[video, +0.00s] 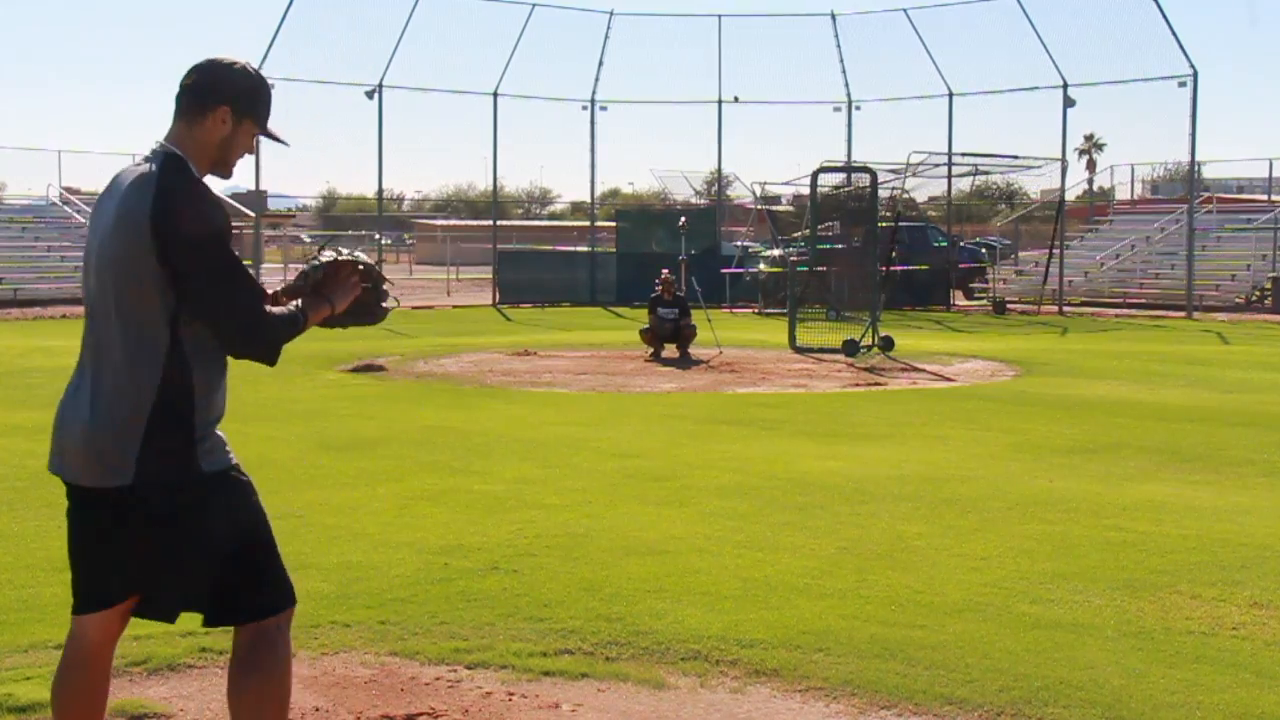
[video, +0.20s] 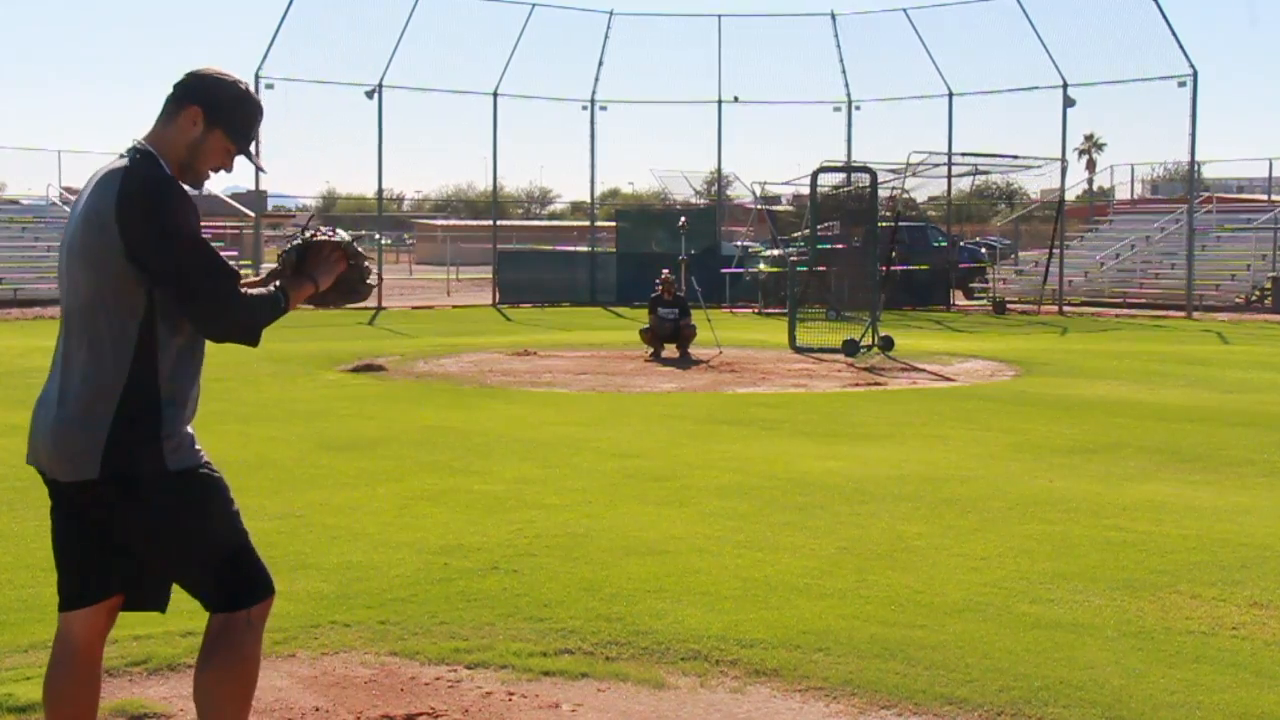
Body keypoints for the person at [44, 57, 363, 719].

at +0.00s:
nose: (248, 152)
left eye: (255, 140)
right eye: (251, 135)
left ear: (191, 115)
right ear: (219, 118)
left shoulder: (123, 187)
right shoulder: (183, 197)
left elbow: (183, 311)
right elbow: (252, 333)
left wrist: (282, 294)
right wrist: (321, 304)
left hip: (94, 446)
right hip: (178, 453)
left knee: (97, 618)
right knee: (266, 611)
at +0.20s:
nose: (225, 166)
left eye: (234, 156)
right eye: (228, 149)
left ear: (185, 122)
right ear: (192, 120)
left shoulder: (105, 187)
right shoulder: (151, 193)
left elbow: (183, 307)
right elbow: (226, 314)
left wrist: (278, 286)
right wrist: (299, 285)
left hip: (70, 443)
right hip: (142, 449)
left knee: (87, 612)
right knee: (245, 597)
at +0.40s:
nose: (222, 171)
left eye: (231, 161)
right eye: (224, 153)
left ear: (183, 126)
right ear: (188, 123)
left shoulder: (104, 189)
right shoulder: (142, 194)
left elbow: (183, 304)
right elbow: (211, 312)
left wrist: (274, 286)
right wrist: (292, 284)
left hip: (71, 447)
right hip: (139, 451)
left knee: (87, 609)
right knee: (241, 594)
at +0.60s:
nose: (237, 166)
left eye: (244, 156)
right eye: (237, 149)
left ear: (201, 126)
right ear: (199, 120)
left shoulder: (180, 199)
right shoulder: (140, 191)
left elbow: (230, 307)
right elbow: (201, 309)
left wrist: (296, 285)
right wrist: (297, 280)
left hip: (108, 445)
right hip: (142, 448)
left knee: (103, 611)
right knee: (255, 590)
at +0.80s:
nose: (260, 155)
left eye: (266, 144)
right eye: (259, 138)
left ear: (225, 120)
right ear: (217, 112)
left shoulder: (231, 203)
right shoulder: (146, 189)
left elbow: (277, 315)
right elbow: (190, 295)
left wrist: (320, 267)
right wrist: (287, 265)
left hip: (204, 446)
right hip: (159, 448)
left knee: (183, 614)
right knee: (236, 615)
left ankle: (120, 717)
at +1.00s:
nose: (275, 147)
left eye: (280, 134)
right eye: (271, 129)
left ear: (241, 116)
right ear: (227, 106)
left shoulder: (259, 198)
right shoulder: (141, 182)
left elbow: (317, 310)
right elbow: (148, 271)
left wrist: (318, 247)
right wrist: (268, 228)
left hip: (254, 433)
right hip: (171, 444)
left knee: (322, 575)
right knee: (220, 620)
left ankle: (244, 712)